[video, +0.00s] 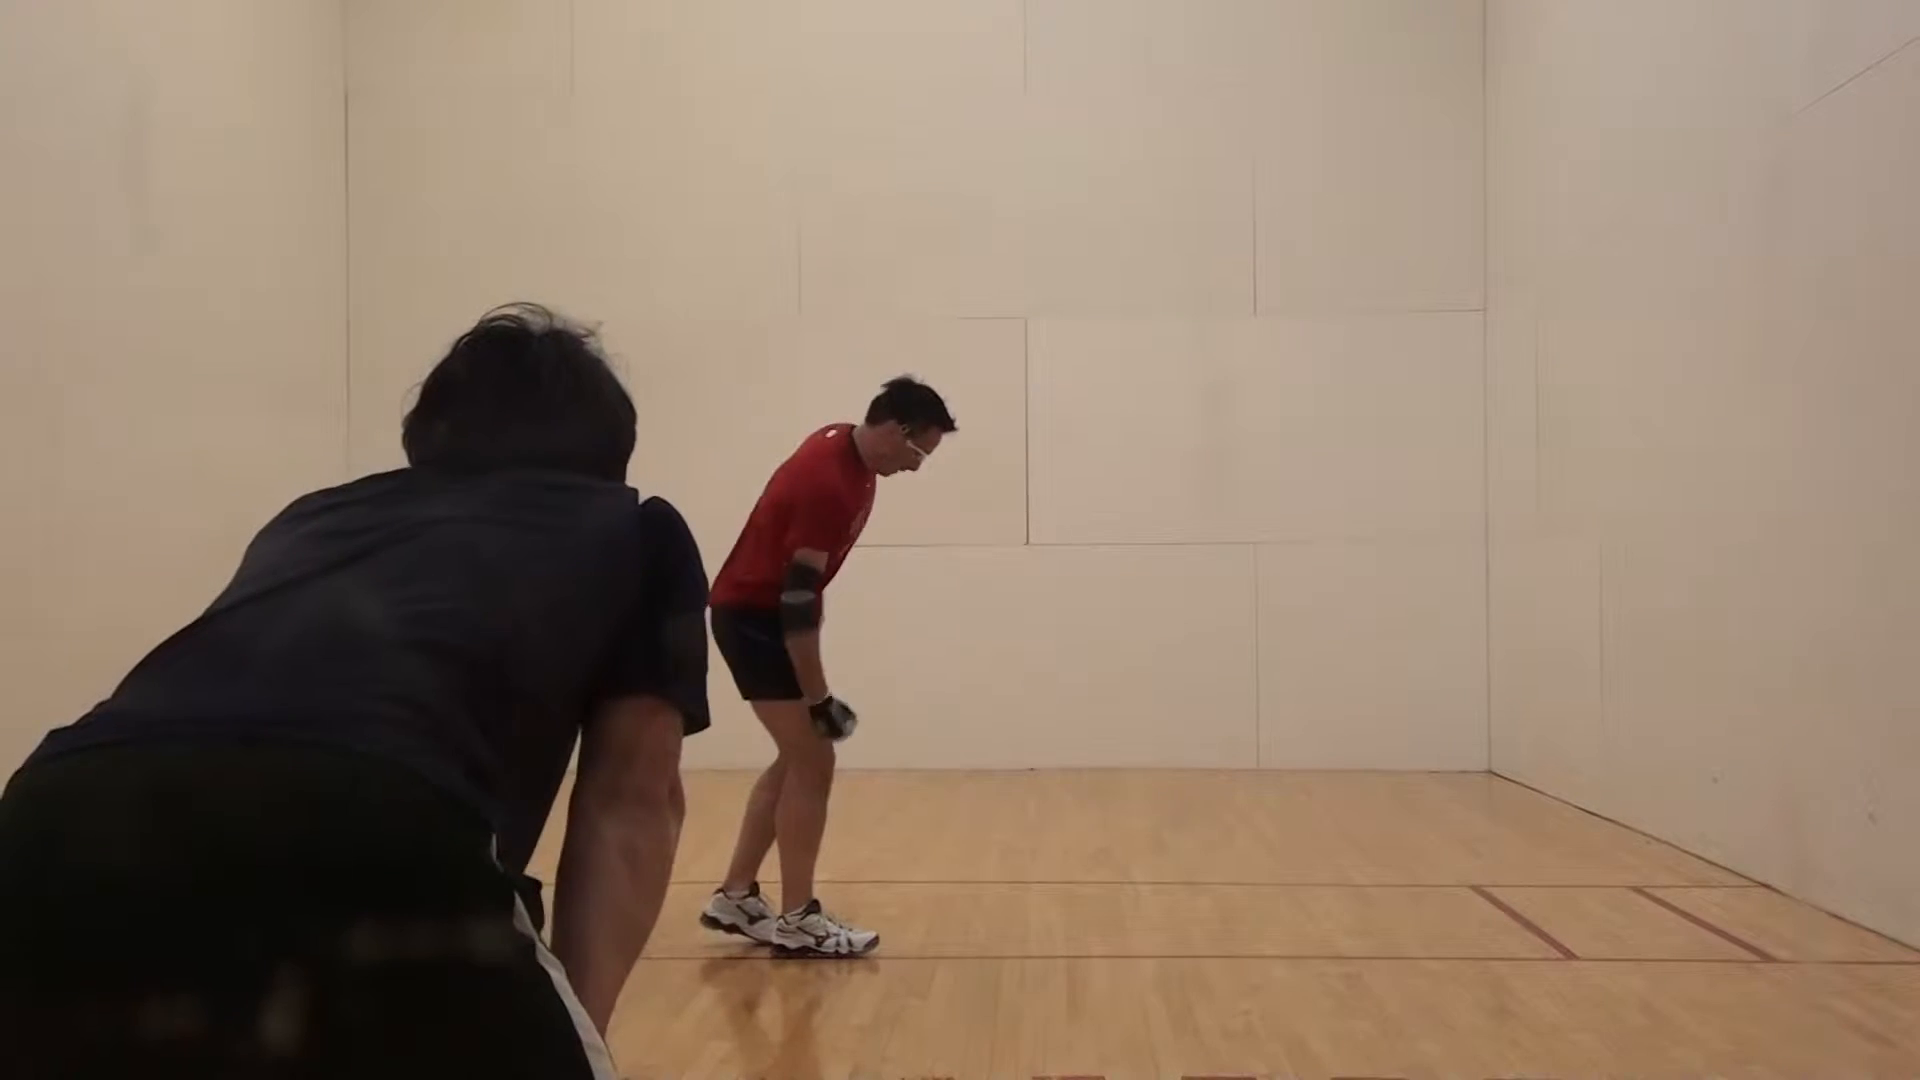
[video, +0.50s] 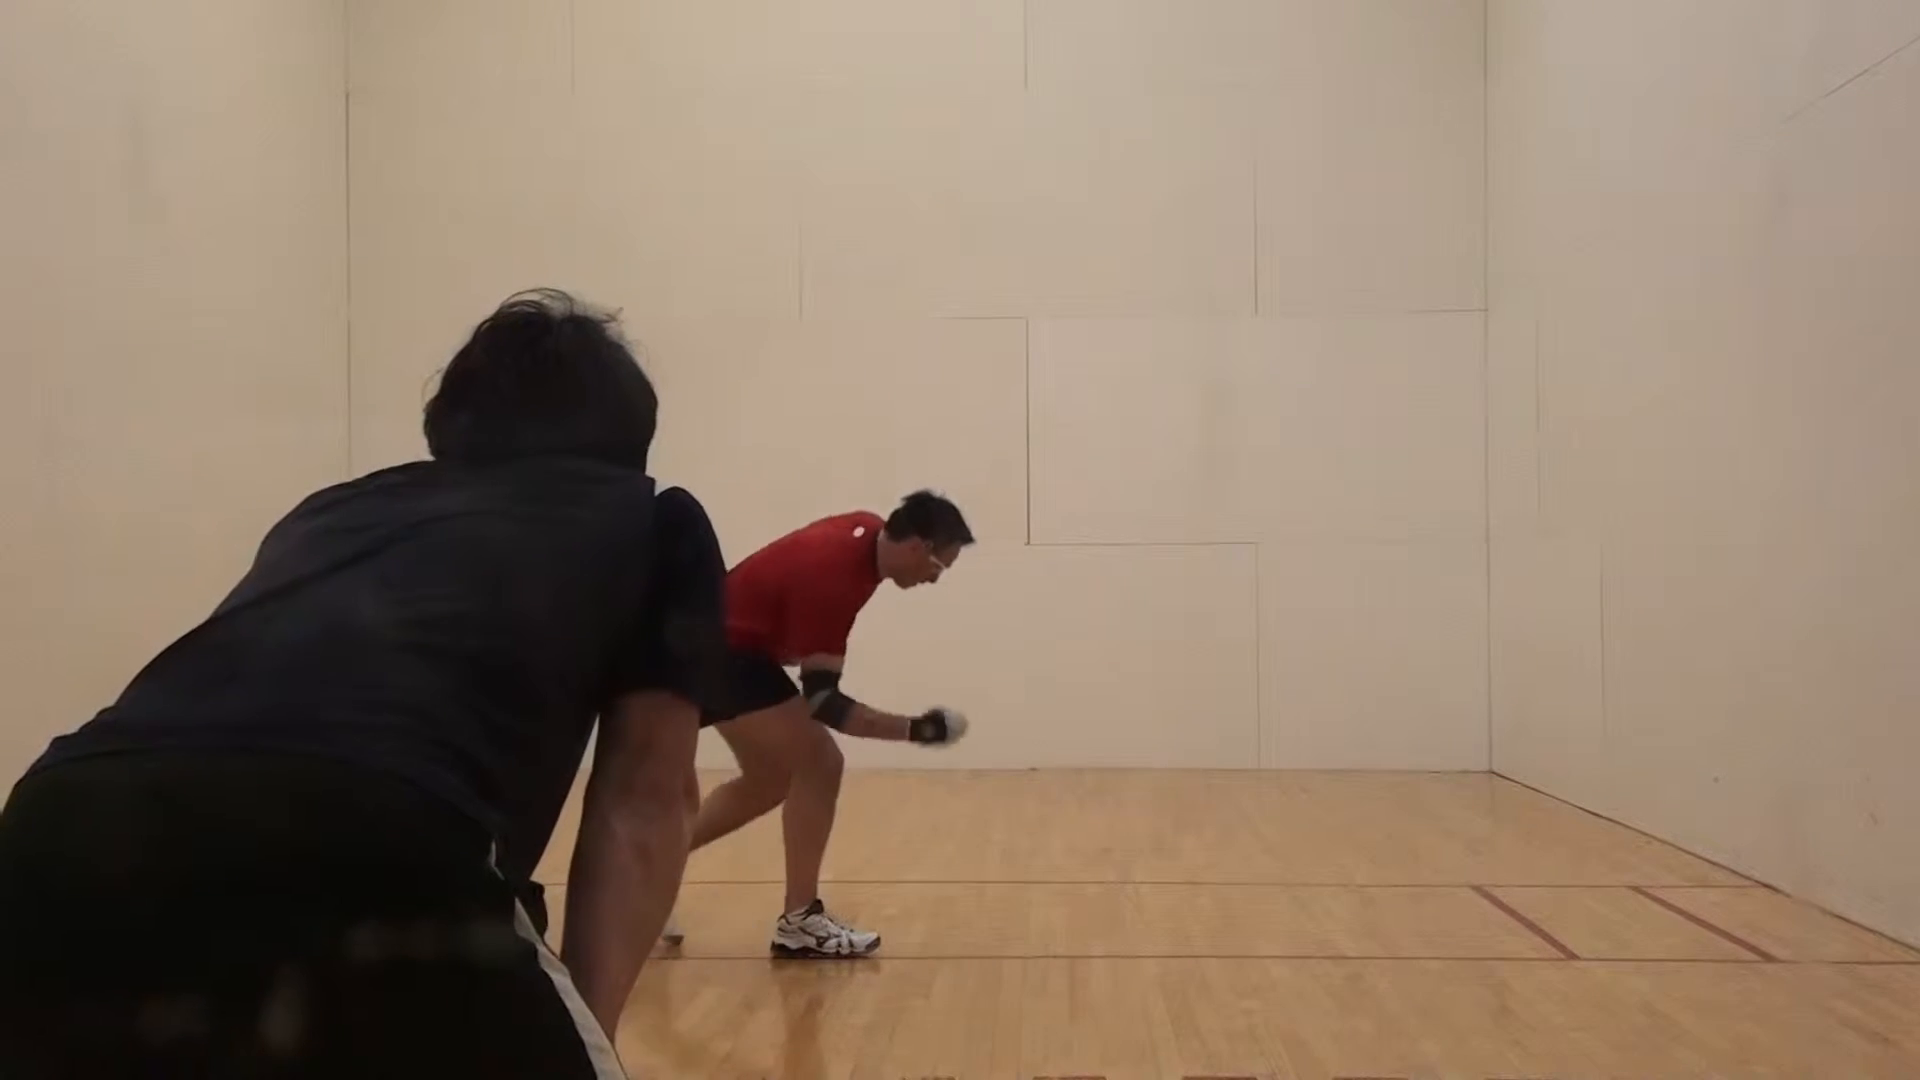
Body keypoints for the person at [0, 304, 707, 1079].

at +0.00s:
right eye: (628, 465)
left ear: (426, 436)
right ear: (610, 459)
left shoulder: (313, 511)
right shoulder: (632, 527)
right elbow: (635, 795)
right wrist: (571, 1032)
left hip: (67, 818)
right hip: (374, 833)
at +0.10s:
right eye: (632, 465)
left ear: (429, 437)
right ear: (616, 461)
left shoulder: (318, 511)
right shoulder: (637, 530)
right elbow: (639, 793)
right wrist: (575, 1032)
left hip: (63, 826)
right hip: (370, 847)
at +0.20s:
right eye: (637, 460)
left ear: (436, 435)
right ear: (619, 455)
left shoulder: (323, 510)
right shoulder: (642, 527)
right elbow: (640, 801)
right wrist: (573, 1032)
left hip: (60, 844)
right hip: (370, 866)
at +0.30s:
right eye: (641, 458)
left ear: (439, 435)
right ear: (624, 455)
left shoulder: (325, 509)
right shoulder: (645, 524)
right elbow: (644, 798)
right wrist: (576, 1033)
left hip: (57, 848)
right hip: (367, 871)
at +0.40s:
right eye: (644, 457)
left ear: (442, 435)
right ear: (628, 454)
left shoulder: (328, 508)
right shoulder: (647, 522)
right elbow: (646, 800)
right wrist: (579, 1034)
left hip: (61, 851)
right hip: (374, 872)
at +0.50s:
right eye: (643, 455)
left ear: (445, 431)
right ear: (628, 451)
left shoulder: (330, 506)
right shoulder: (649, 519)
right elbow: (648, 793)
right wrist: (581, 1032)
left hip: (64, 854)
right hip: (377, 875)